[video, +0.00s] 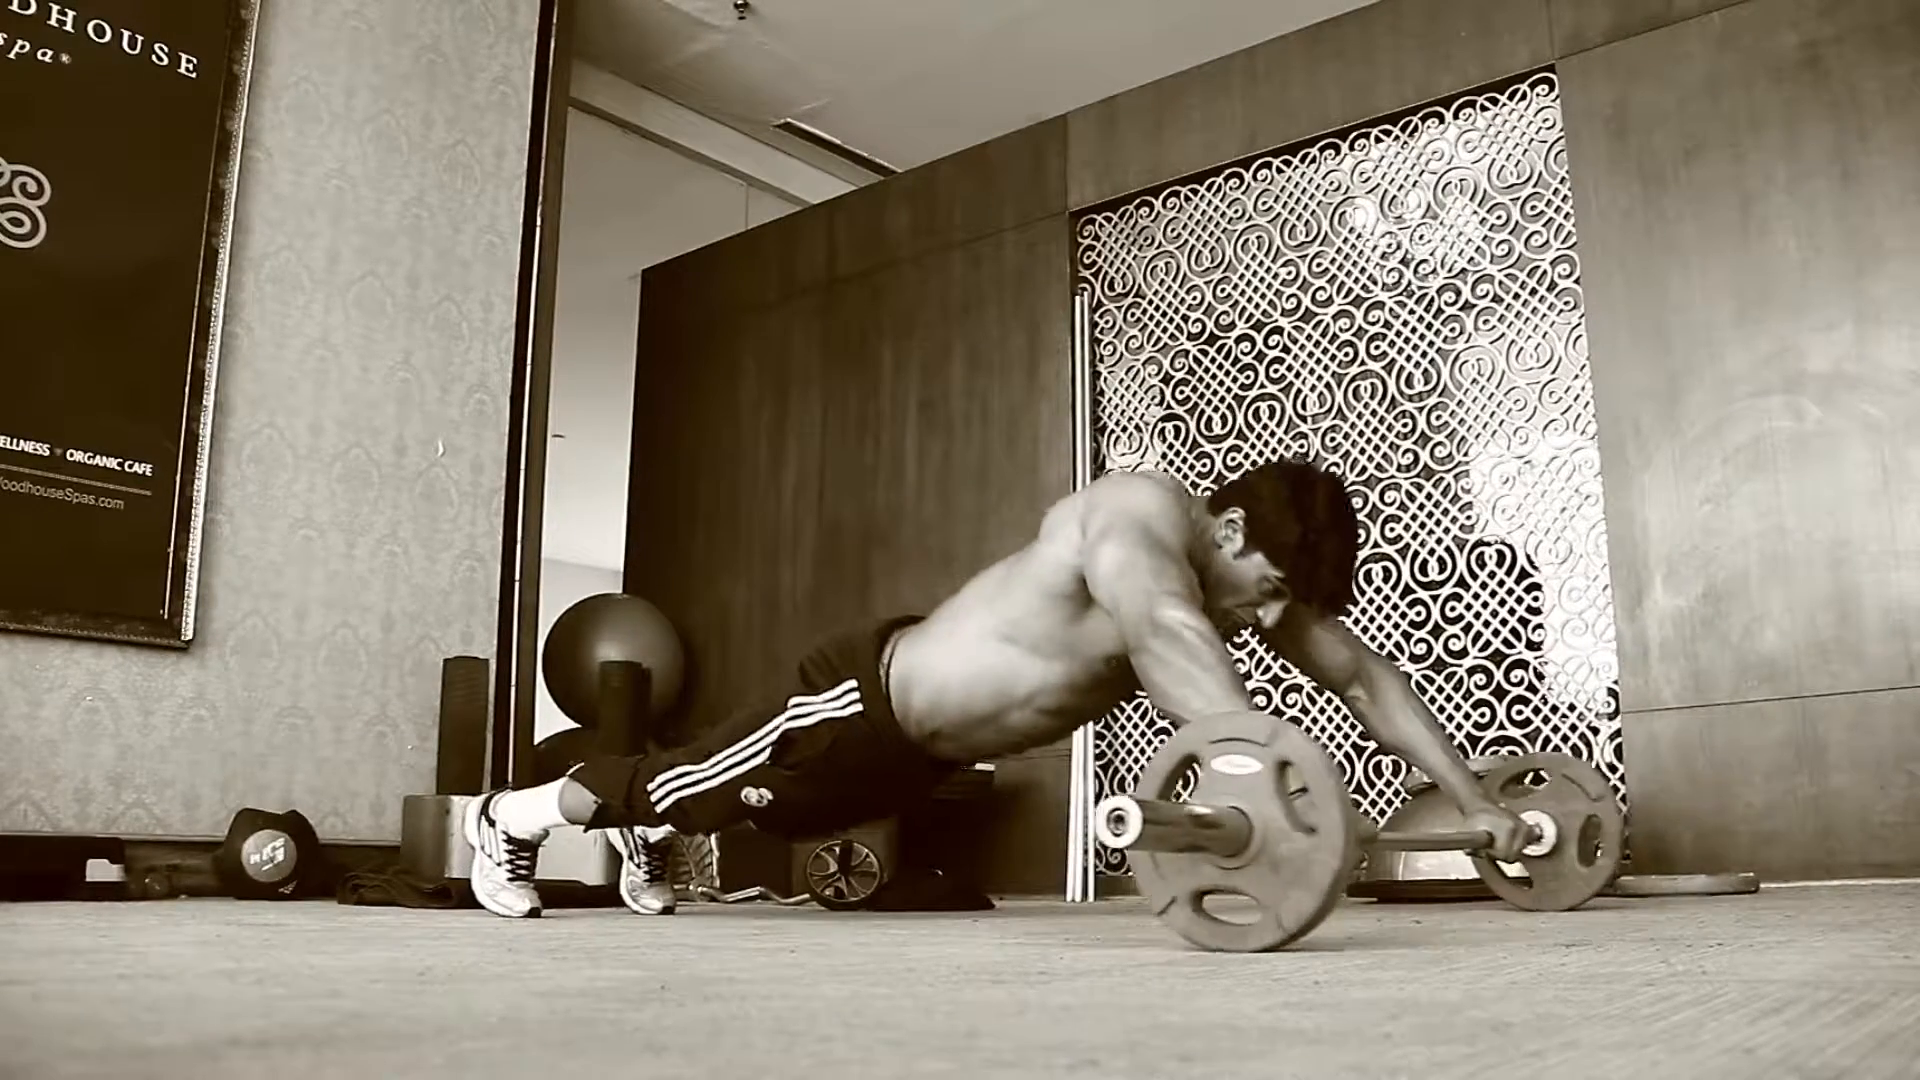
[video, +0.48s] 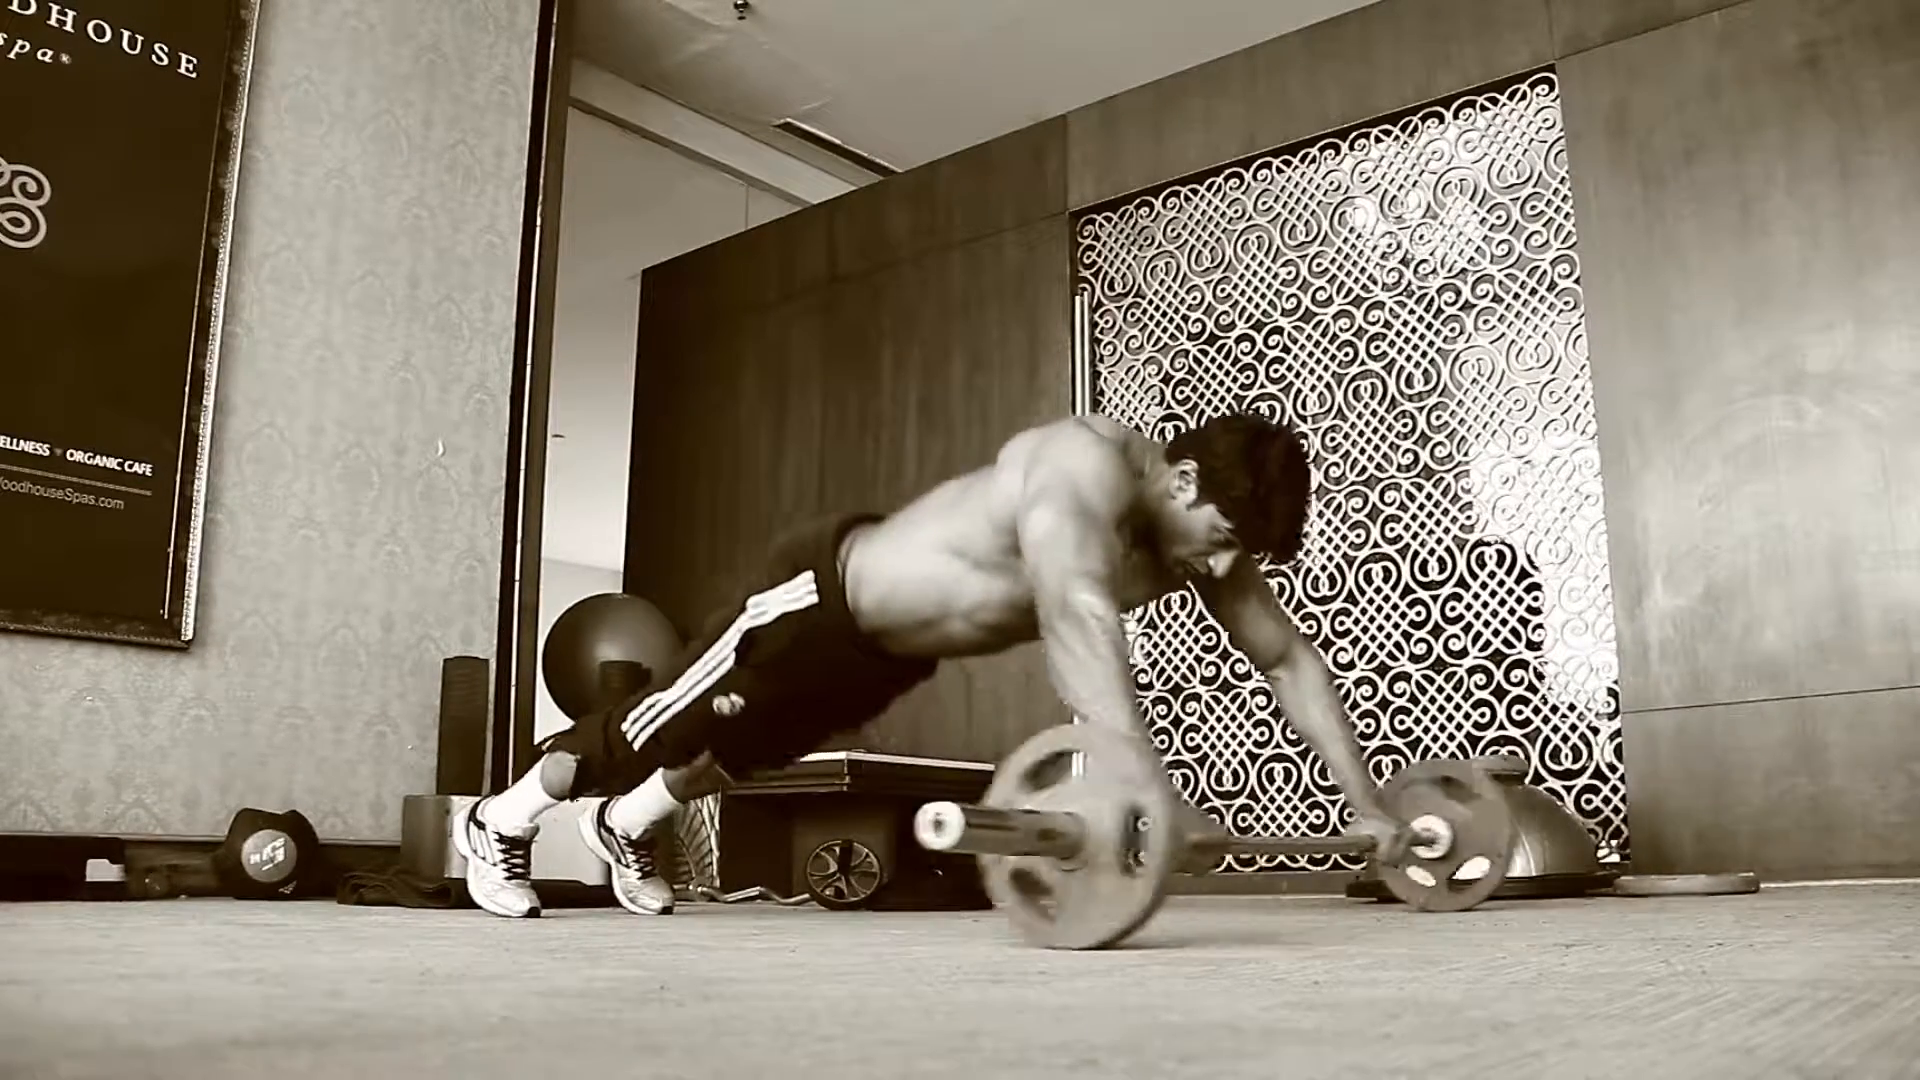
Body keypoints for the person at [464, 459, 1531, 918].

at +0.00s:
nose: (1267, 616)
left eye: (1282, 602)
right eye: (1272, 592)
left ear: (1277, 569)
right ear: (1247, 534)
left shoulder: (1228, 569)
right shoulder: (1135, 515)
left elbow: (1357, 672)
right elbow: (1161, 645)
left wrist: (1457, 778)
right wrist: (1261, 739)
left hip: (935, 743)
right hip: (876, 705)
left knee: (764, 818)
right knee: (676, 790)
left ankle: (613, 854)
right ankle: (521, 816)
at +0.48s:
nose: (1215, 567)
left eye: (1235, 557)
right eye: (1221, 546)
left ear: (1222, 513)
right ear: (1195, 487)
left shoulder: (1194, 529)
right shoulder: (1076, 468)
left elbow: (1285, 659)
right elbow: (1073, 616)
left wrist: (1363, 795)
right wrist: (1122, 758)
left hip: (893, 653)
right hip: (825, 611)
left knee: (754, 745)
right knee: (651, 729)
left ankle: (635, 822)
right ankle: (497, 818)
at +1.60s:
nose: (956, 569)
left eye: (973, 559)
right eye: (954, 546)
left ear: (989, 541)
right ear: (923, 496)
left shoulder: (951, 508)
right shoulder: (808, 471)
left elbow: (987, 671)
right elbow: (756, 637)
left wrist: (1006, 818)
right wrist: (754, 808)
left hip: (736, 506)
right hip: (656, 462)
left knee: (663, 686)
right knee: (566, 663)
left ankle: (619, 842)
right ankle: (473, 850)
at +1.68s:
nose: (942, 574)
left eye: (958, 563)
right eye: (940, 551)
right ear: (908, 501)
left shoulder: (938, 507)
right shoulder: (796, 475)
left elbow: (972, 674)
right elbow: (744, 638)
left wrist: (986, 820)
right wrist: (738, 807)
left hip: (727, 507)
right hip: (648, 464)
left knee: (660, 686)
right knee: (559, 663)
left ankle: (613, 845)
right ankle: (473, 852)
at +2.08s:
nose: (893, 595)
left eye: (909, 587)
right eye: (896, 575)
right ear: (871, 519)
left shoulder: (889, 506)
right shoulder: (755, 490)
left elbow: (916, 683)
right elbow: (694, 650)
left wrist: (918, 823)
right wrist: (672, 810)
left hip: (701, 496)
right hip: (628, 445)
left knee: (642, 675)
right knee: (548, 655)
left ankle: (609, 853)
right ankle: (471, 849)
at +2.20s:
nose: (888, 598)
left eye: (904, 591)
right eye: (889, 578)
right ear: (865, 525)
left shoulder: (881, 507)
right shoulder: (748, 495)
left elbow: (910, 686)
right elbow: (685, 650)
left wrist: (910, 825)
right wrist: (657, 810)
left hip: (699, 493)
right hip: (624, 444)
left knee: (639, 675)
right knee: (542, 658)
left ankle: (611, 861)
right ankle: (472, 854)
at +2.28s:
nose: (884, 602)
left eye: (900, 594)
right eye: (885, 581)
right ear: (861, 527)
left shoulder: (882, 514)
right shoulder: (746, 499)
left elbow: (909, 686)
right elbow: (680, 652)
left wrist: (908, 822)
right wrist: (654, 810)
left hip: (699, 494)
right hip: (624, 442)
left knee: (640, 668)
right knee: (538, 657)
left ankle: (608, 858)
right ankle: (471, 854)